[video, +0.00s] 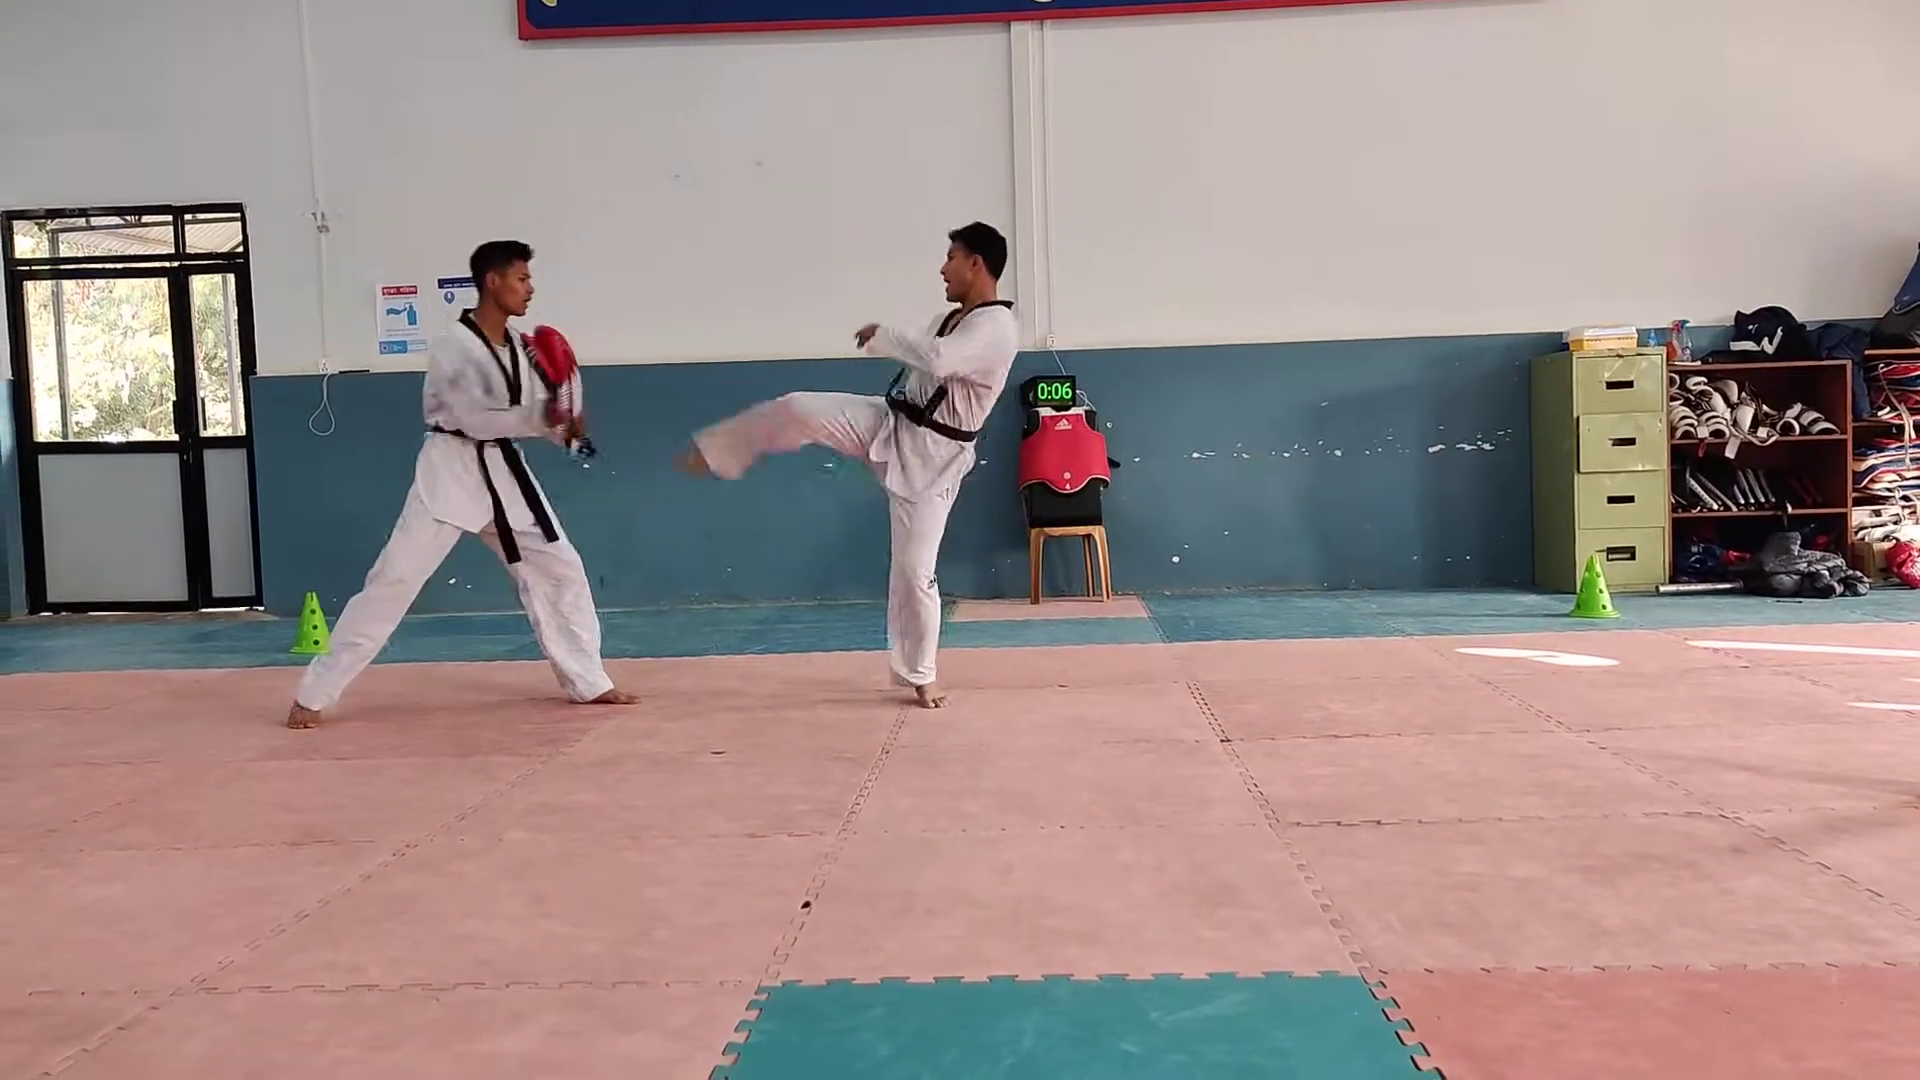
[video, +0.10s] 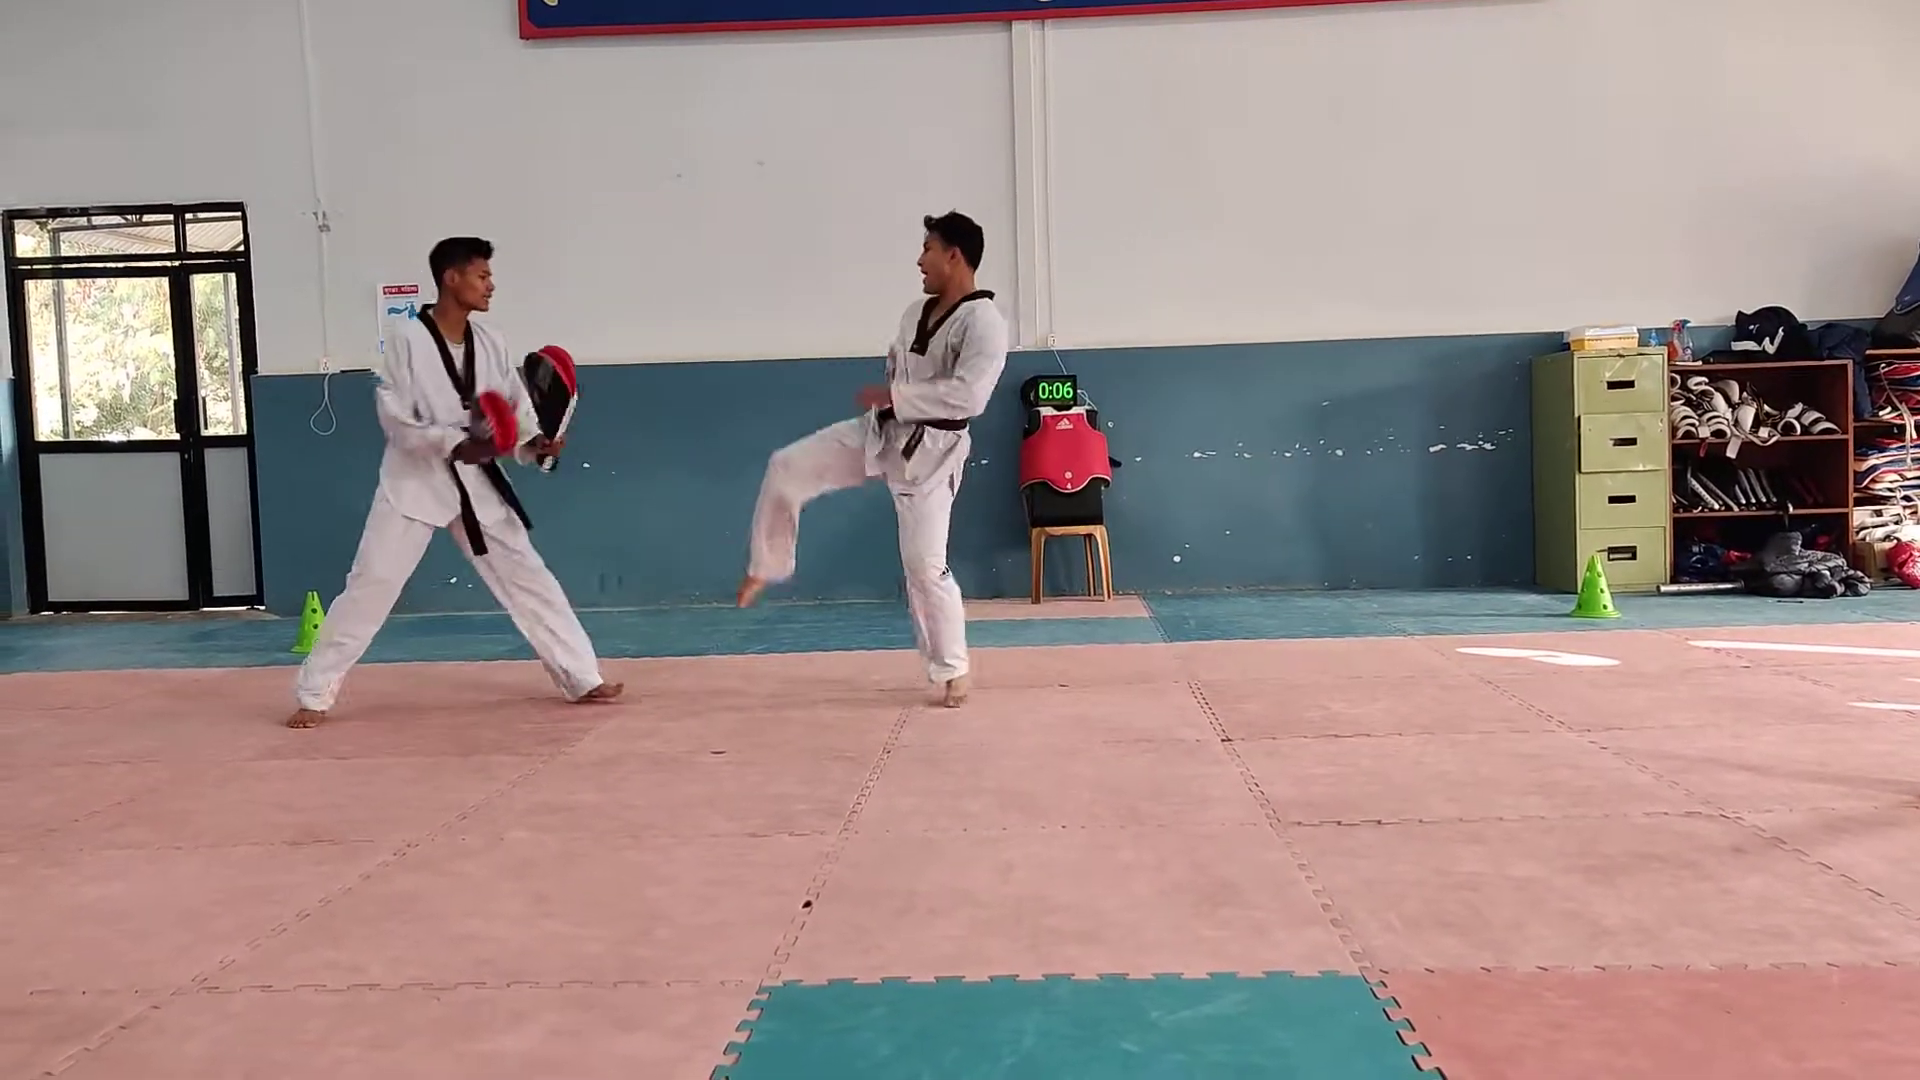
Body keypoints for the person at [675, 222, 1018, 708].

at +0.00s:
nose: (943, 267)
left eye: (952, 258)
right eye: (947, 258)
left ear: (978, 265)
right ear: (976, 266)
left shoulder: (995, 326)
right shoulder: (950, 319)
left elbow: (941, 360)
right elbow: (931, 383)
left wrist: (885, 337)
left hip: (933, 457)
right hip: (892, 422)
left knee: (914, 572)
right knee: (798, 408)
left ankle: (919, 676)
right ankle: (716, 452)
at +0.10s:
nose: (921, 259)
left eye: (929, 249)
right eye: (923, 249)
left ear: (956, 257)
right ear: (952, 257)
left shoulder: (984, 320)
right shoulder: (919, 310)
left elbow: (970, 397)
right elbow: (904, 373)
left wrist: (895, 396)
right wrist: (891, 385)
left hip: (932, 450)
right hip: (882, 431)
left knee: (925, 567)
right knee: (787, 468)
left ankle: (951, 668)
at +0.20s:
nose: (892, 275)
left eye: (901, 266)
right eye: (895, 265)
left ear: (929, 276)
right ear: (921, 275)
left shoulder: (962, 349)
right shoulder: (890, 332)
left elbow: (960, 431)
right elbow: (875, 408)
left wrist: (892, 460)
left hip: (929, 471)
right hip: (873, 462)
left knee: (941, 584)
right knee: (804, 530)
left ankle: (984, 678)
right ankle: (765, 638)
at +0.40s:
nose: (813, 306)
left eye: (821, 297)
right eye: (816, 296)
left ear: (848, 309)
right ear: (844, 309)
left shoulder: (880, 375)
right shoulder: (827, 365)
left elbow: (853, 457)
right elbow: (833, 443)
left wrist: (778, 477)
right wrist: (818, 489)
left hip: (891, 491)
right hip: (837, 489)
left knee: (913, 600)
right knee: (779, 566)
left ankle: (981, 677)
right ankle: (775, 685)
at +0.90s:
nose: (709, 241)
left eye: (716, 232)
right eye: (711, 231)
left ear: (741, 241)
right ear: (754, 244)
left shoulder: (720, 287)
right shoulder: (777, 303)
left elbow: (695, 353)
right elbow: (736, 358)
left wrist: (642, 415)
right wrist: (686, 328)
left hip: (690, 408)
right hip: (735, 440)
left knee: (581, 409)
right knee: (714, 551)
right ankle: (714, 663)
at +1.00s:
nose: (681, 246)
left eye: (688, 237)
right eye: (684, 236)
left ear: (715, 245)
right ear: (726, 249)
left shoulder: (683, 289)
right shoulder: (767, 316)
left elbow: (658, 357)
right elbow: (762, 398)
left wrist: (612, 412)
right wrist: (717, 408)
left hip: (660, 416)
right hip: (720, 434)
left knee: (576, 509)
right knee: (716, 548)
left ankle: (539, 605)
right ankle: (726, 656)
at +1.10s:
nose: (650, 284)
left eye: (657, 277)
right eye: (654, 275)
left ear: (680, 287)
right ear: (694, 289)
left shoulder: (643, 333)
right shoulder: (736, 351)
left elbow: (617, 401)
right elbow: (766, 424)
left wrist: (579, 454)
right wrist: (746, 477)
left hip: (638, 467)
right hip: (701, 472)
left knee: (603, 580)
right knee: (720, 574)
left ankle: (569, 695)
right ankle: (746, 669)